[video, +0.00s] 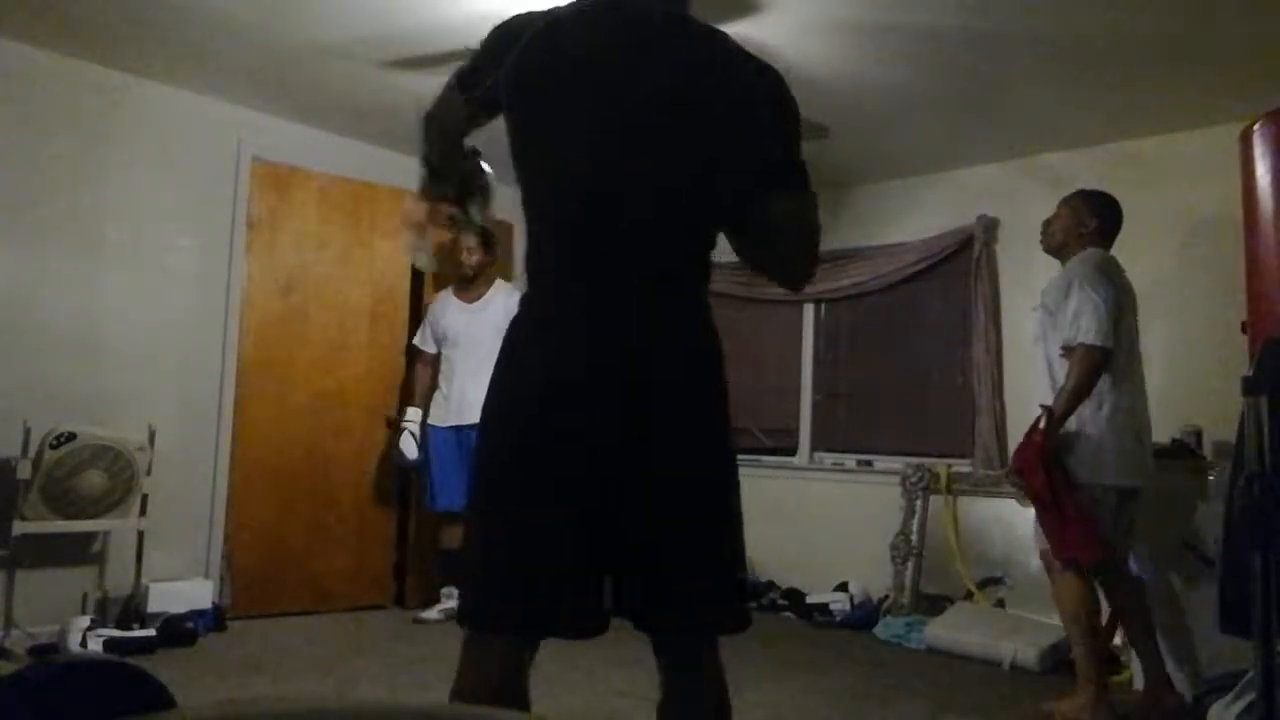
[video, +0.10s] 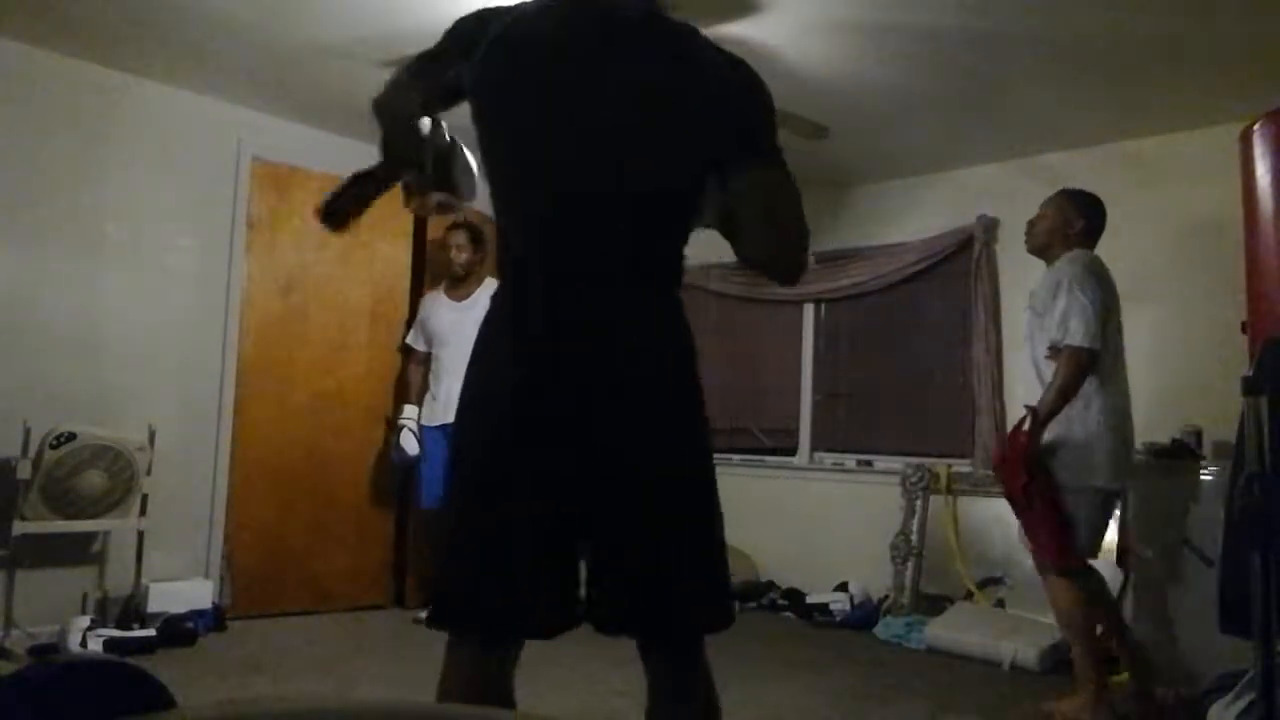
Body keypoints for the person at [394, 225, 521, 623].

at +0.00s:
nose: (465, 258)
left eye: (473, 251)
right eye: (460, 251)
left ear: (489, 256)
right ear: (453, 257)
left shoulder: (512, 301)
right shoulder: (441, 305)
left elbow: (528, 357)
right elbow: (426, 363)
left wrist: (522, 411)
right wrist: (413, 419)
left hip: (494, 420)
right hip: (446, 420)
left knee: (492, 510)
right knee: (451, 512)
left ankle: (493, 594)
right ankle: (450, 593)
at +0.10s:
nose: (456, 256)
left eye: (463, 248)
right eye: (451, 248)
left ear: (480, 252)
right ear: (444, 254)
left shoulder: (498, 296)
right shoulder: (431, 303)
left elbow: (510, 357)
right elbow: (417, 361)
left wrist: (504, 411)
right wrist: (409, 416)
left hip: (482, 420)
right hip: (437, 421)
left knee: (476, 510)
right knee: (434, 511)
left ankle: (474, 595)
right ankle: (436, 598)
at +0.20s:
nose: (447, 255)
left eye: (455, 247)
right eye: (442, 247)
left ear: (471, 253)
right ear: (435, 252)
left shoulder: (484, 298)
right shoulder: (425, 301)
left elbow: (493, 359)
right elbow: (413, 360)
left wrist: (489, 414)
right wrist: (406, 415)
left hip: (471, 421)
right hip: (429, 421)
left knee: (467, 508)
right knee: (424, 508)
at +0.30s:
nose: (444, 255)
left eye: (450, 248)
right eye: (440, 248)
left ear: (462, 253)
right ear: (431, 253)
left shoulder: (477, 300)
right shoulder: (420, 302)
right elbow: (407, 359)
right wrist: (402, 414)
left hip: (471, 415)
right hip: (430, 415)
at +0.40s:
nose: (436, 252)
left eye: (443, 245)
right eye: (431, 245)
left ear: (455, 250)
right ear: (424, 250)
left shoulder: (466, 300)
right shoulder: (415, 300)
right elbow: (401, 357)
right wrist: (398, 413)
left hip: (463, 406)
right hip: (425, 404)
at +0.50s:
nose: (432, 250)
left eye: (438, 244)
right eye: (427, 243)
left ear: (448, 250)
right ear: (417, 249)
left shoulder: (459, 299)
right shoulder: (408, 299)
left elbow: (464, 359)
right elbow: (396, 357)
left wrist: (460, 408)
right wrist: (388, 411)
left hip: (447, 414)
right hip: (409, 411)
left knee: (430, 506)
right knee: (391, 503)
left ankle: (424, 605)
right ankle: (376, 603)